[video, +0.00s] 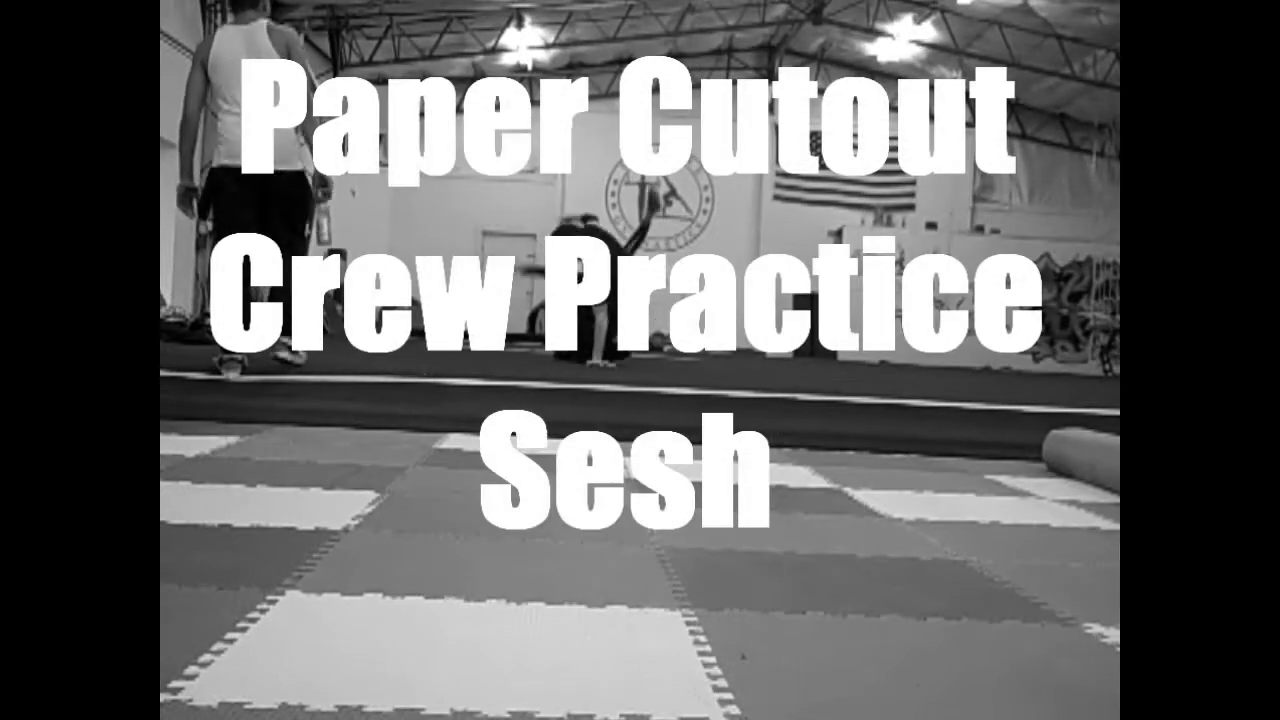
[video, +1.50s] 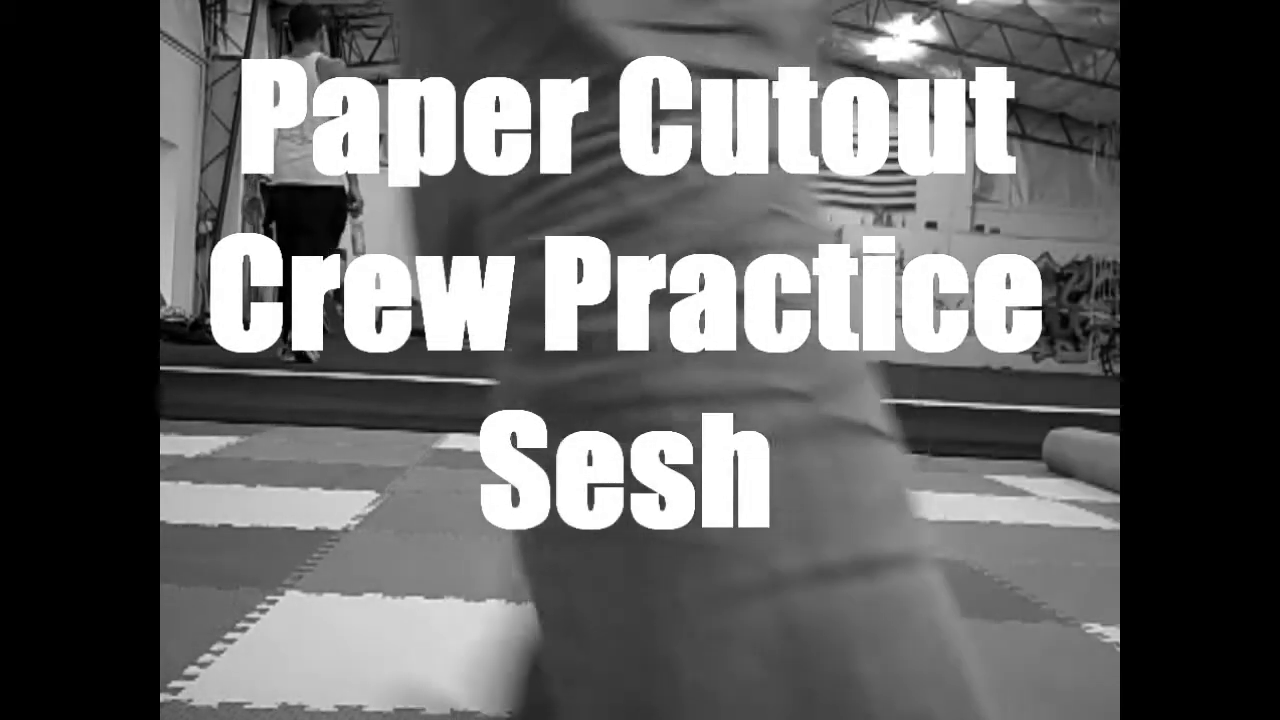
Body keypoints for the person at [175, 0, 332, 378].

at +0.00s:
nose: (269, 9)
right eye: (269, 6)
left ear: (228, 6)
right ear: (266, 5)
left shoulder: (209, 45)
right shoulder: (288, 38)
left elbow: (190, 118)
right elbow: (310, 108)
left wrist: (186, 179)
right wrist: (321, 167)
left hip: (230, 176)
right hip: (287, 175)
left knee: (229, 265)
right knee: (290, 261)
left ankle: (231, 355)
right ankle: (288, 341)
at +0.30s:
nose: (294, 14)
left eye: (290, 10)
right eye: (293, 10)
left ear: (254, 11)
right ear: (289, 11)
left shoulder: (225, 49)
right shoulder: (300, 48)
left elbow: (214, 121)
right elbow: (310, 121)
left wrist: (209, 182)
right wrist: (320, 176)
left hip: (236, 175)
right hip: (288, 178)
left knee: (234, 263)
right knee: (292, 262)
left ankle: (234, 350)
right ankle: (298, 344)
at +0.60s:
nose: (332, 23)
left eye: (332, 16)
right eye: (332, 16)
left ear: (294, 14)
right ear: (326, 17)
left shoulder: (261, 48)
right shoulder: (325, 54)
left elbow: (241, 116)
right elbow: (336, 122)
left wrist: (234, 175)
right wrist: (337, 183)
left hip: (258, 175)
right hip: (304, 178)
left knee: (250, 258)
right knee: (302, 264)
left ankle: (235, 341)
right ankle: (300, 346)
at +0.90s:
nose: (346, 27)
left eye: (343, 19)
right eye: (345, 20)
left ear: (307, 17)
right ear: (338, 21)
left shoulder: (279, 51)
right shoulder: (341, 62)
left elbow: (258, 113)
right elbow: (355, 129)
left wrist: (252, 173)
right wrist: (359, 186)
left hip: (271, 177)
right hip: (314, 181)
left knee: (267, 258)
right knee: (306, 266)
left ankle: (255, 337)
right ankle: (299, 347)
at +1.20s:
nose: (340, 33)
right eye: (340, 28)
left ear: (302, 26)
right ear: (336, 29)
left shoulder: (281, 62)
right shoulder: (340, 66)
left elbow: (262, 121)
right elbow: (357, 133)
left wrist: (258, 172)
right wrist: (364, 190)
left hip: (279, 181)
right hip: (320, 182)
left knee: (280, 261)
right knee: (309, 265)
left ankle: (281, 339)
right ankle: (301, 345)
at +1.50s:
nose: (328, 37)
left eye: (324, 33)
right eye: (327, 32)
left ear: (289, 34)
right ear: (321, 33)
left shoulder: (273, 70)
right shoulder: (336, 69)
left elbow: (256, 134)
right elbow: (350, 132)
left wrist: (255, 190)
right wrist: (354, 187)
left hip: (281, 188)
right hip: (325, 187)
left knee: (290, 267)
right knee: (317, 267)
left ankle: (294, 341)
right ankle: (304, 343)